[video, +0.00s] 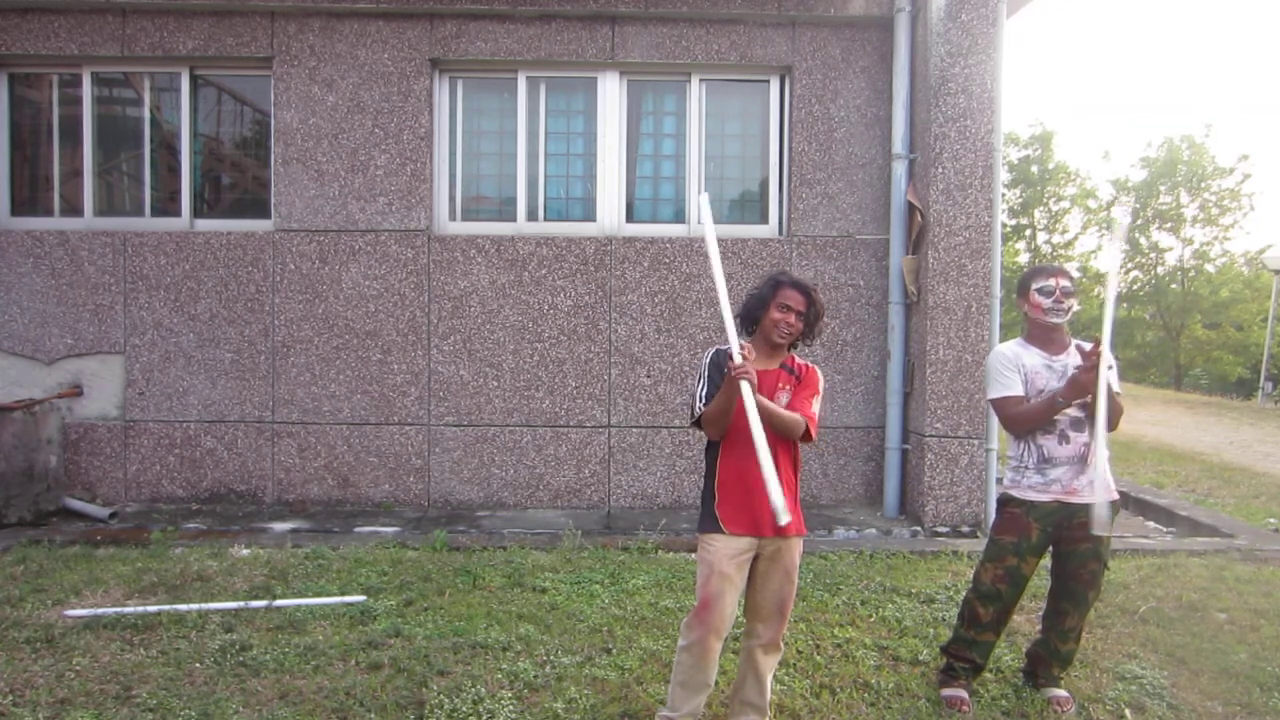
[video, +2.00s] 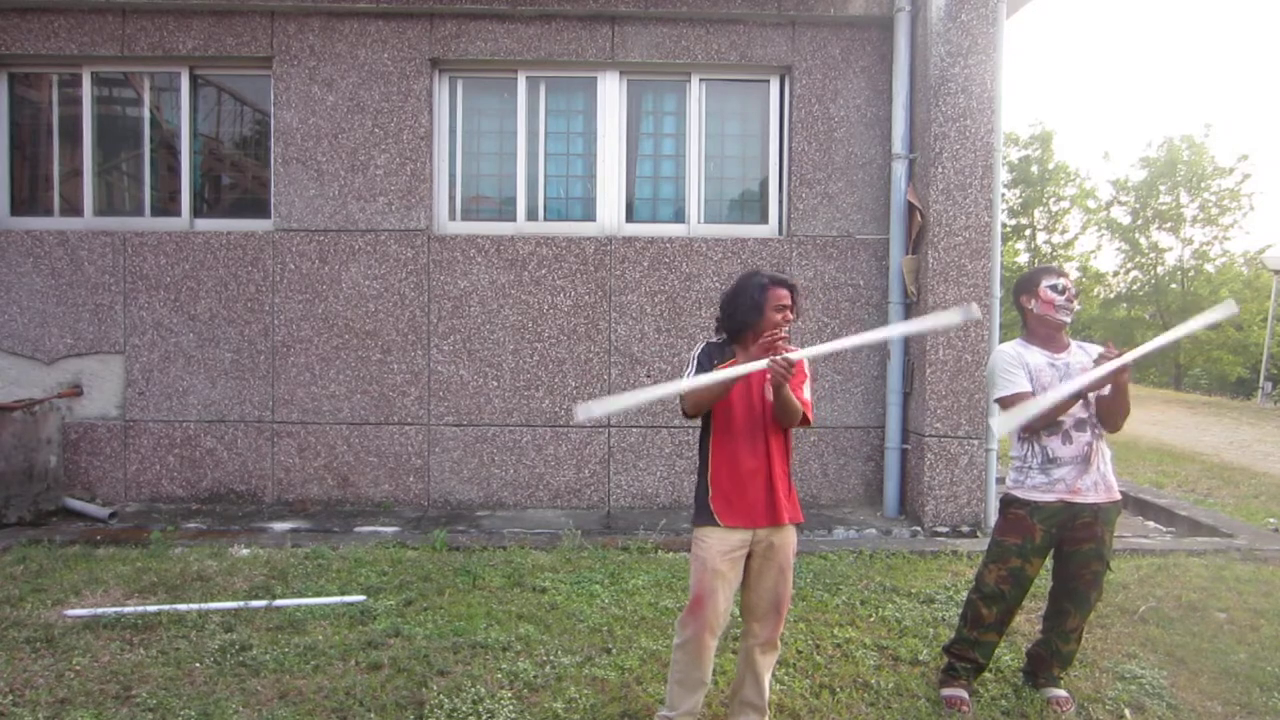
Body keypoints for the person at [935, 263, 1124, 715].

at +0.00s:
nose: (1058, 299)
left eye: (1067, 293)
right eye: (1046, 291)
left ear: (1076, 304)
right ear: (1023, 303)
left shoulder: (1094, 357)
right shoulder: (1006, 356)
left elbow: (1111, 421)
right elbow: (1016, 422)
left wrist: (1098, 375)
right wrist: (1068, 394)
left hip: (1089, 497)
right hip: (1029, 496)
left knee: (1077, 595)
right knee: (994, 586)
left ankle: (1045, 672)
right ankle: (957, 674)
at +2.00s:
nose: (1069, 298)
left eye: (1072, 293)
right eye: (1057, 289)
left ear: (1075, 307)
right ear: (1027, 301)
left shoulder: (1092, 356)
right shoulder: (1008, 356)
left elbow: (1113, 422)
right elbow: (1028, 423)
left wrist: (1119, 376)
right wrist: (1082, 387)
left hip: (1094, 498)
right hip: (1033, 496)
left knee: (1078, 597)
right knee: (997, 588)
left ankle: (1045, 673)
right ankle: (958, 675)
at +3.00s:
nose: (1068, 301)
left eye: (1073, 295)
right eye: (1056, 293)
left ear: (1077, 306)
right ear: (1027, 303)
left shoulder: (1091, 355)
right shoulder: (1008, 358)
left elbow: (1113, 421)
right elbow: (1026, 419)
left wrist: (1113, 372)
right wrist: (1067, 375)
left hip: (1095, 499)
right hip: (1034, 497)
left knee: (1078, 597)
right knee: (998, 587)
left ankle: (1045, 673)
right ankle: (959, 675)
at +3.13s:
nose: (1069, 300)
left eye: (1073, 295)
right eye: (1057, 291)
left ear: (1077, 307)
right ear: (1027, 303)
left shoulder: (1088, 358)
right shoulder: (1008, 358)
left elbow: (1112, 421)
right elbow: (1026, 420)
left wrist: (1111, 371)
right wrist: (1065, 368)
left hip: (1095, 498)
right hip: (1034, 496)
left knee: (1079, 596)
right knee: (998, 587)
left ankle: (1045, 673)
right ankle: (959, 674)